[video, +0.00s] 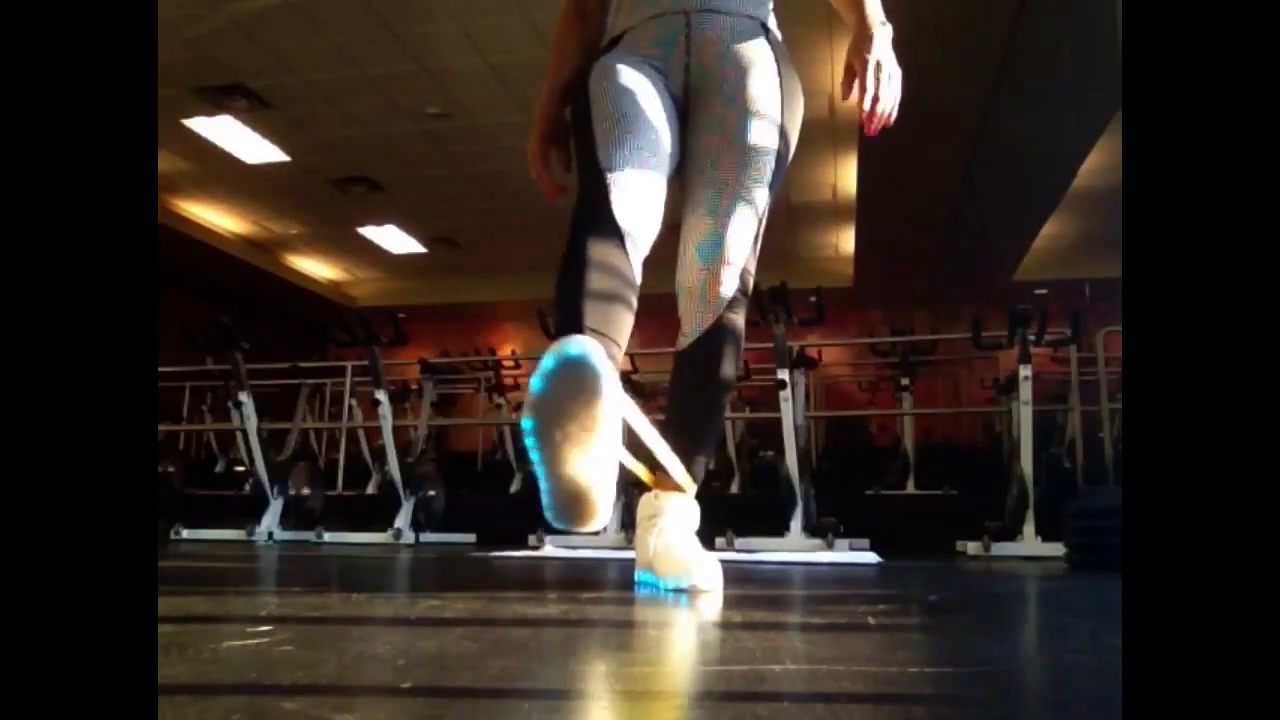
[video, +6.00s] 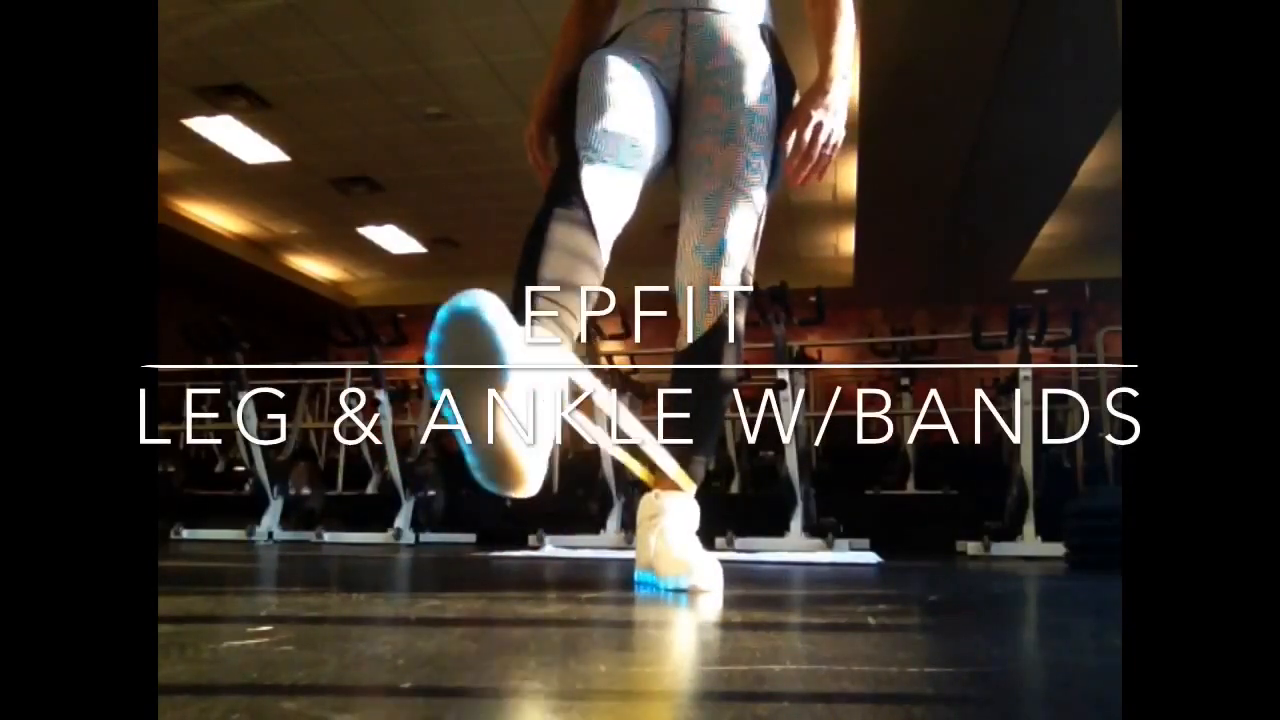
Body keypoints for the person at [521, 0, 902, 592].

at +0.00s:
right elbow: (585, 7)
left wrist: (872, 25)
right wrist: (554, 106)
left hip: (745, 28)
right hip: (632, 31)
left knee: (717, 273)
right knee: (614, 206)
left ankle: (674, 513)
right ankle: (577, 441)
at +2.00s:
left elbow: (835, 3)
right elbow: (588, 3)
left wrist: (855, 72)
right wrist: (543, 86)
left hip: (738, 26)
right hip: (623, 21)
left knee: (719, 278)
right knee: (602, 208)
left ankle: (673, 513)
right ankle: (558, 435)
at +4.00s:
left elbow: (828, 3)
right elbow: (595, 6)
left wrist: (830, 88)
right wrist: (552, 94)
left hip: (744, 28)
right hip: (636, 26)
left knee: (720, 270)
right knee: (589, 211)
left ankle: (672, 518)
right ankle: (519, 454)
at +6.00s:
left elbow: (827, 3)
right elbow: (593, 4)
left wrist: (836, 81)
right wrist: (554, 89)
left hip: (737, 30)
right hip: (631, 28)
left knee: (716, 265)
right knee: (595, 181)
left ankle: (670, 516)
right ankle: (529, 406)